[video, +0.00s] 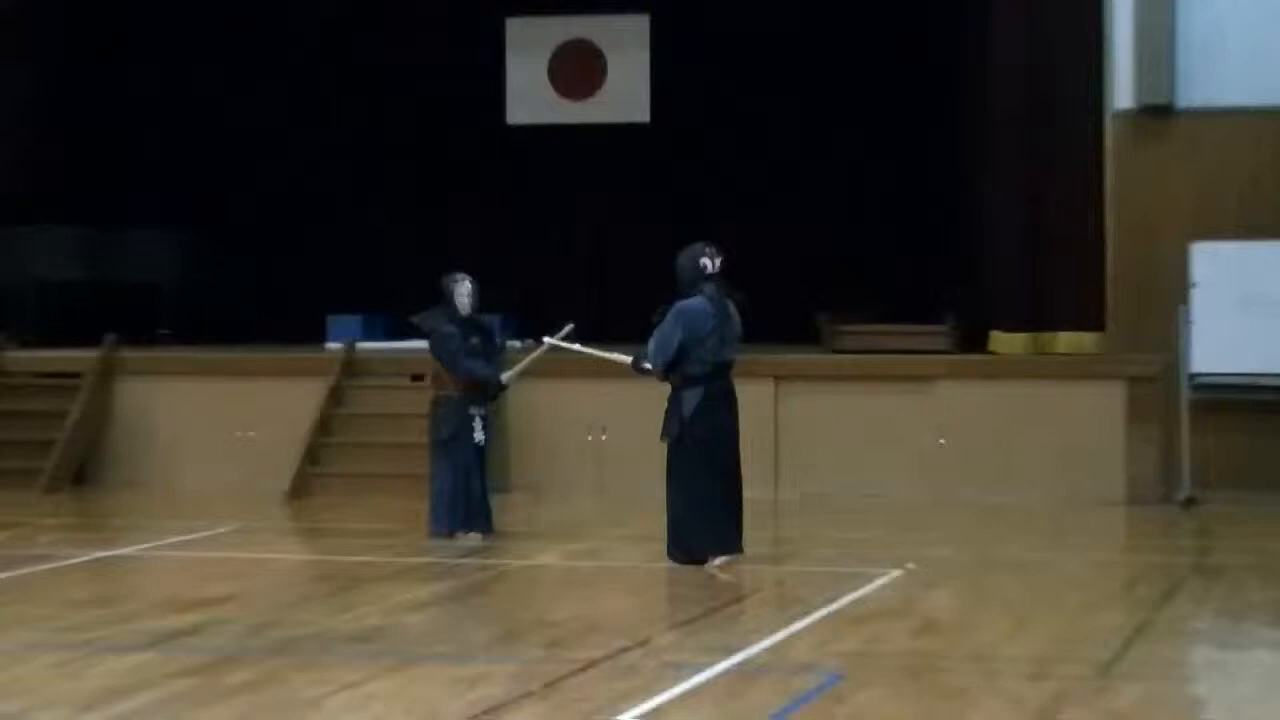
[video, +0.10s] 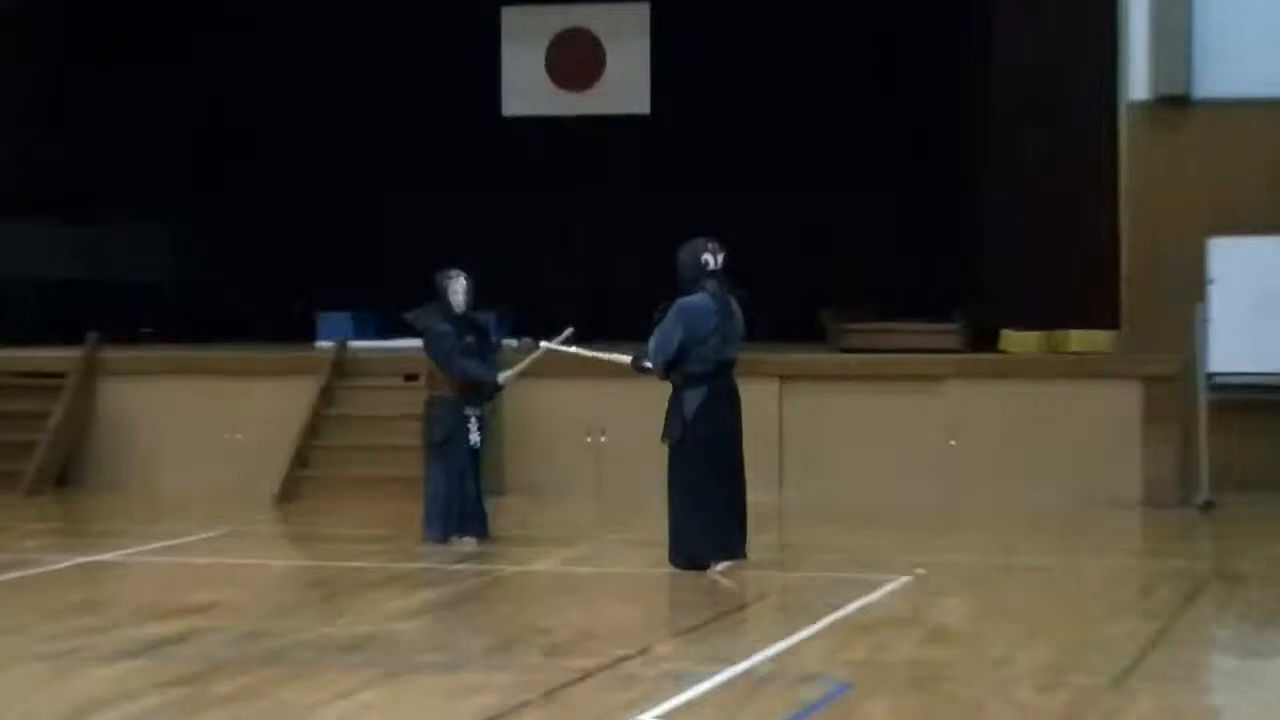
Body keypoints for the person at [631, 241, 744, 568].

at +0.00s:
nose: (680, 276)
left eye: (683, 271)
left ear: (687, 273)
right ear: (713, 270)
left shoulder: (686, 310)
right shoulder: (727, 309)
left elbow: (658, 357)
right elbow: (712, 352)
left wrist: (643, 361)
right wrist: (660, 365)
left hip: (692, 397)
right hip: (723, 393)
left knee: (690, 470)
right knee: (722, 467)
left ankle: (696, 546)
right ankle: (726, 544)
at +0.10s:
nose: (681, 272)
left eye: (684, 266)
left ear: (689, 268)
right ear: (715, 266)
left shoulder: (687, 307)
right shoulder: (729, 305)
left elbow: (658, 355)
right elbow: (718, 350)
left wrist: (643, 360)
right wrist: (662, 363)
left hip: (694, 397)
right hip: (725, 392)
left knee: (694, 472)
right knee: (725, 470)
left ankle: (704, 551)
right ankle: (729, 548)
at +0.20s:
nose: (685, 260)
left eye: (689, 254)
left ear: (693, 257)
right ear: (723, 254)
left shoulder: (693, 300)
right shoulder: (740, 297)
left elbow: (661, 352)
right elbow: (739, 340)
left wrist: (644, 356)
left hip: (702, 398)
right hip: (736, 393)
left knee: (700, 481)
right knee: (734, 478)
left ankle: (709, 568)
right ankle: (737, 566)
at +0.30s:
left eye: (702, 239)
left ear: (705, 243)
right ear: (739, 241)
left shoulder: (704, 291)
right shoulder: (757, 288)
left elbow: (667, 347)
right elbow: (757, 336)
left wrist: (650, 351)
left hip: (713, 400)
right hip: (751, 393)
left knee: (712, 492)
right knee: (749, 490)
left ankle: (729, 591)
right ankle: (755, 587)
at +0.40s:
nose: (706, 235)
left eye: (710, 228)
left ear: (715, 231)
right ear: (754, 228)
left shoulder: (715, 282)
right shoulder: (775, 280)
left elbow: (676, 347)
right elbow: (760, 338)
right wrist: (670, 355)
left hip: (727, 407)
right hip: (770, 400)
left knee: (726, 511)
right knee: (767, 507)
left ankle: (751, 619)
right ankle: (775, 615)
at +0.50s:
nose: (731, 225)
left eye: (734, 216)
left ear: (738, 218)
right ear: (783, 216)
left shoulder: (739, 277)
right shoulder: (804, 275)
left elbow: (692, 353)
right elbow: (793, 338)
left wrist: (662, 352)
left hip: (751, 415)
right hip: (799, 408)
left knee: (750, 532)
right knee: (795, 528)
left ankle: (773, 654)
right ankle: (808, 648)